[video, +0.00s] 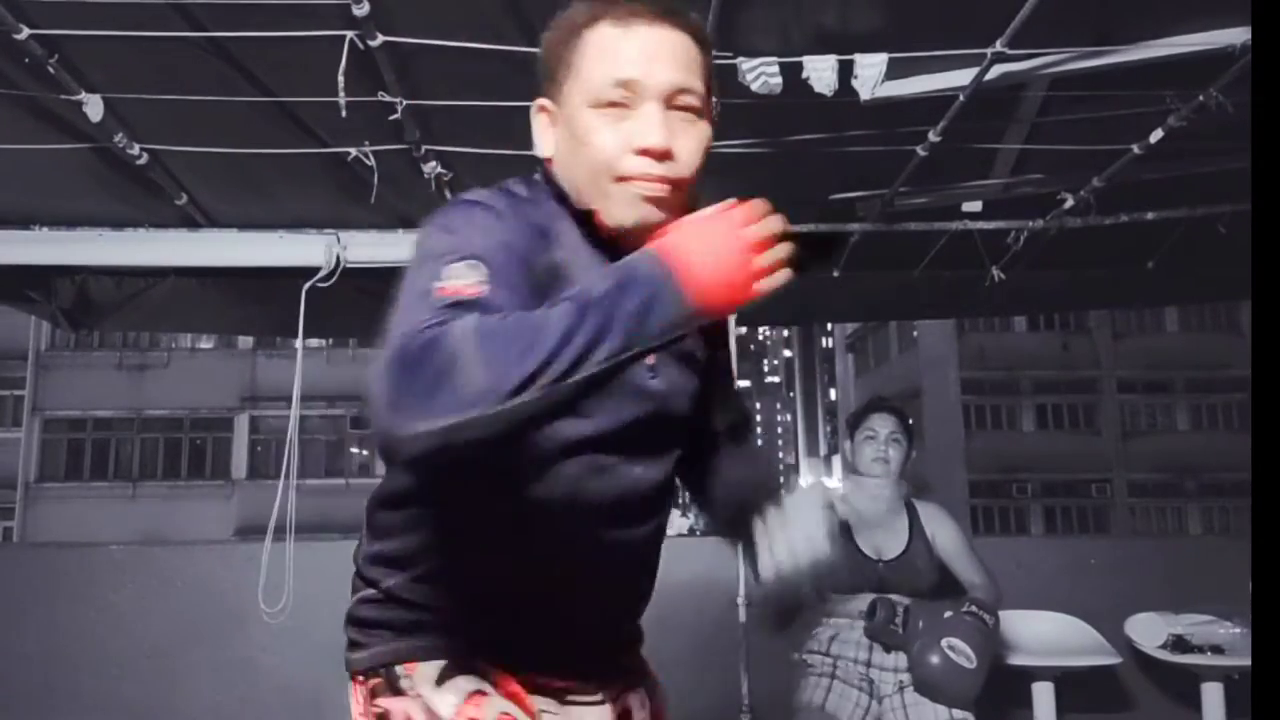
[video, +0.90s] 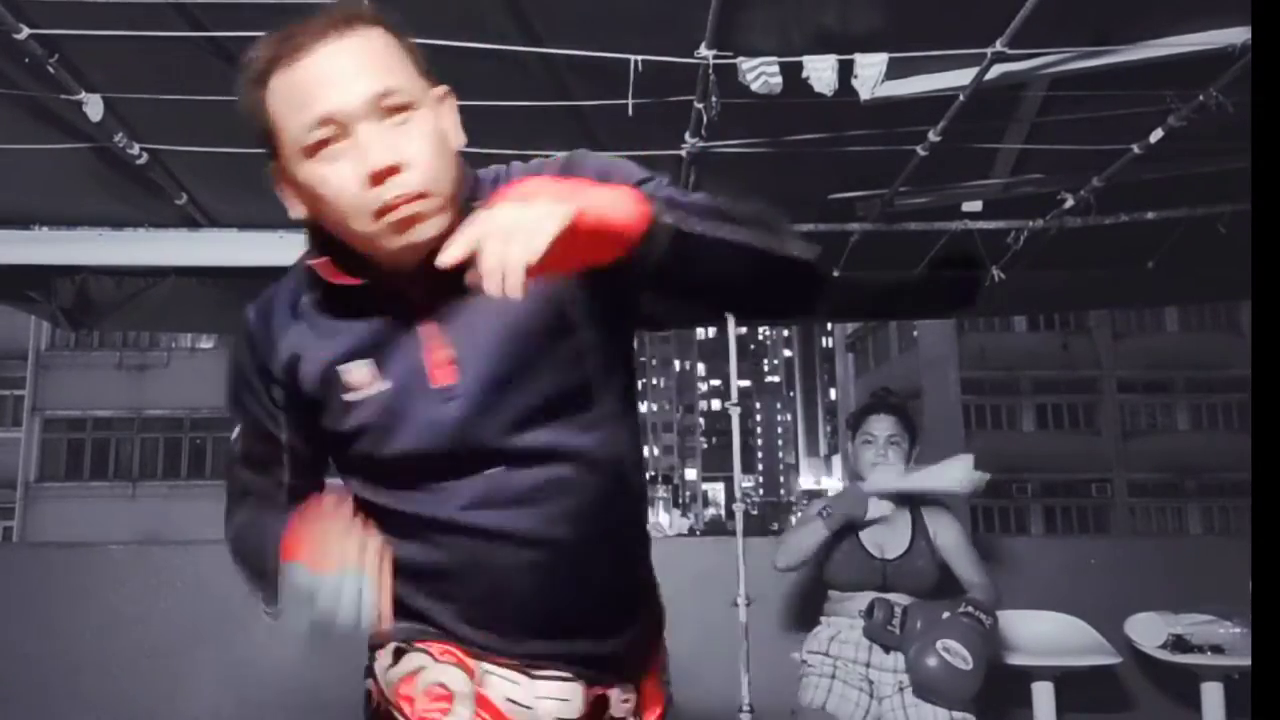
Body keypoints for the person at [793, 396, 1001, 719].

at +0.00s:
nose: (882, 447)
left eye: (894, 440)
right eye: (870, 437)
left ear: (907, 456)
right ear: (849, 450)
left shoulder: (930, 518)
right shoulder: (819, 516)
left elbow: (983, 587)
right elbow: (802, 599)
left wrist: (975, 617)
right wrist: (870, 608)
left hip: (921, 668)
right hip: (837, 664)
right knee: (824, 712)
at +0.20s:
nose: (888, 451)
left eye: (900, 442)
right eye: (875, 441)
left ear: (918, 455)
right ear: (859, 452)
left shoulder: (939, 513)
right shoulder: (830, 510)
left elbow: (983, 587)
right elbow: (781, 578)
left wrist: (967, 619)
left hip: (922, 666)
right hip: (838, 663)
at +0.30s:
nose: (887, 451)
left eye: (901, 442)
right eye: (875, 440)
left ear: (918, 454)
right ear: (858, 448)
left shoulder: (940, 513)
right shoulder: (821, 509)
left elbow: (984, 588)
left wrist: (962, 620)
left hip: (922, 670)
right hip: (839, 668)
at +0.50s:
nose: (885, 452)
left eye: (899, 443)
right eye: (874, 441)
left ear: (917, 457)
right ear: (857, 450)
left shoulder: (937, 515)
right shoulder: (825, 507)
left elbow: (984, 591)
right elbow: (755, 541)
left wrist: (951, 617)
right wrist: (806, 549)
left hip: (921, 670)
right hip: (838, 667)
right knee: (820, 711)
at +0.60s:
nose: (885, 452)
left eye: (898, 443)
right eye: (873, 441)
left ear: (916, 457)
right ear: (856, 449)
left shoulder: (936, 517)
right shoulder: (827, 511)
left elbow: (982, 590)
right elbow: (771, 560)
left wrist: (974, 617)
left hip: (921, 671)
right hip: (838, 667)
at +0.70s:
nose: (885, 452)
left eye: (899, 444)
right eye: (874, 441)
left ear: (917, 458)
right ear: (857, 449)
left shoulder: (935, 516)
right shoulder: (829, 511)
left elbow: (983, 590)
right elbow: (777, 565)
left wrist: (968, 617)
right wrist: (792, 484)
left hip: (920, 668)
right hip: (841, 665)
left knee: (940, 714)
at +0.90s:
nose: (881, 452)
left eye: (894, 443)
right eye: (869, 442)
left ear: (910, 454)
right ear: (852, 451)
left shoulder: (935, 519)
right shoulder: (830, 512)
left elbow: (983, 588)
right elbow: (784, 560)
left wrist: (967, 618)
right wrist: (836, 513)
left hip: (920, 666)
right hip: (839, 664)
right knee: (825, 711)